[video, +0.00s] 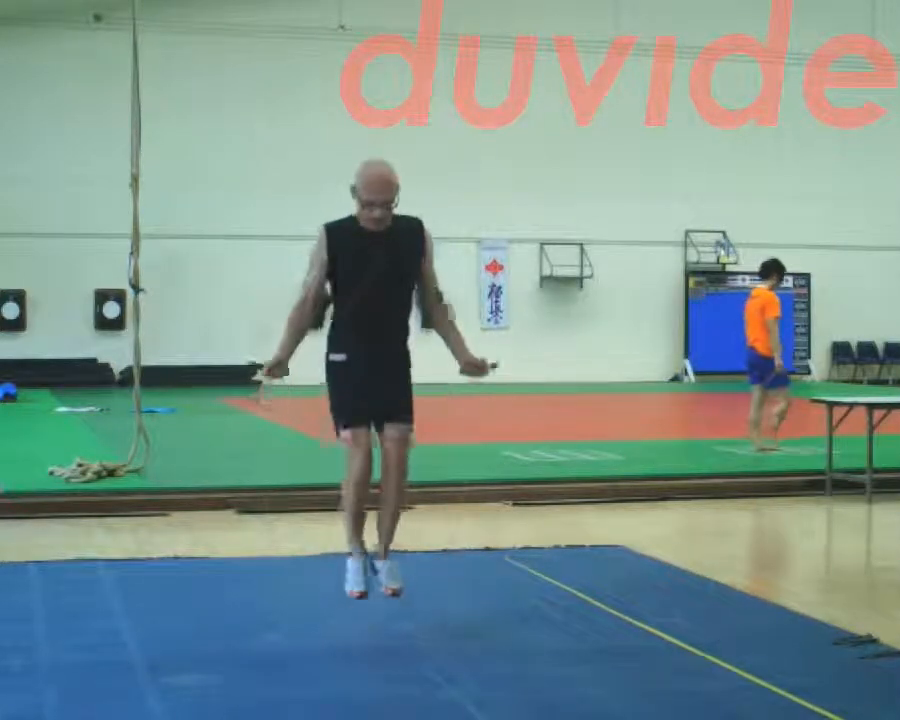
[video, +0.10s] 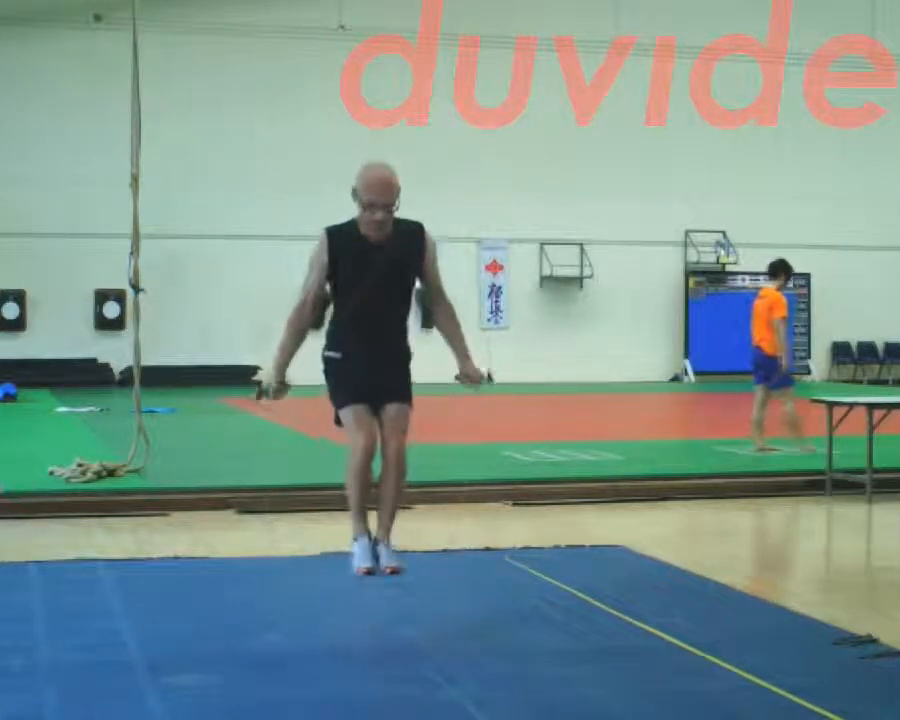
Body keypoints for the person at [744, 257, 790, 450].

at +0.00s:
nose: (780, 281)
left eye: (781, 277)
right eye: (780, 277)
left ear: (763, 275)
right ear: (775, 276)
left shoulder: (753, 295)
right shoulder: (770, 298)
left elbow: (751, 326)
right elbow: (772, 328)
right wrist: (778, 357)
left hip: (753, 351)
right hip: (766, 354)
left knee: (758, 397)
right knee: (784, 398)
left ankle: (757, 439)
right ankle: (770, 435)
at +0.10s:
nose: (788, 281)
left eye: (787, 277)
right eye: (788, 277)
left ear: (771, 275)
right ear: (784, 277)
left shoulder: (761, 295)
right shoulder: (778, 298)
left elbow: (756, 325)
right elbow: (779, 326)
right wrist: (784, 356)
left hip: (758, 351)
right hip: (772, 353)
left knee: (760, 396)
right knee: (788, 398)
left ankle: (758, 441)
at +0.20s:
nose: (796, 284)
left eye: (796, 280)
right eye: (795, 280)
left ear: (778, 277)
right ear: (790, 278)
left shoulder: (768, 297)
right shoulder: (785, 299)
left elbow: (765, 326)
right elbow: (786, 327)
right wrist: (792, 357)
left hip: (765, 351)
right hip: (780, 353)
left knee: (765, 398)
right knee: (798, 400)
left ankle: (759, 441)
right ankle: (815, 441)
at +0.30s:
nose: (803, 283)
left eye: (804, 280)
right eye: (803, 279)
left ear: (786, 277)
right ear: (797, 278)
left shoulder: (775, 296)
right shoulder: (792, 298)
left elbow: (775, 325)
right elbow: (794, 328)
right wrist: (800, 356)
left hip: (773, 352)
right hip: (788, 354)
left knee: (774, 398)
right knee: (805, 400)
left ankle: (763, 441)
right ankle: (817, 442)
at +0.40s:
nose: (811, 282)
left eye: (811, 278)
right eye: (811, 278)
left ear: (792, 277)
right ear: (805, 277)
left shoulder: (781, 299)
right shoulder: (805, 300)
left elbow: (779, 329)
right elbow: (808, 327)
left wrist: (778, 353)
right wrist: (813, 356)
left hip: (782, 351)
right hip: (799, 353)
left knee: (785, 395)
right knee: (807, 399)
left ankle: (765, 438)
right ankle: (817, 441)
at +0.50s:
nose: (816, 281)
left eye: (816, 277)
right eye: (815, 277)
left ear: (795, 276)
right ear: (811, 277)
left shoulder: (786, 299)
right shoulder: (812, 299)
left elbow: (781, 331)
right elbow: (818, 327)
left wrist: (779, 356)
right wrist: (826, 350)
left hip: (788, 350)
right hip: (806, 351)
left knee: (794, 394)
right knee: (810, 397)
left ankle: (773, 432)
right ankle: (817, 442)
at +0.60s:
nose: (821, 279)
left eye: (820, 276)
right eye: (820, 276)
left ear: (800, 275)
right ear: (817, 276)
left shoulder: (791, 298)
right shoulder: (816, 299)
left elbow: (785, 330)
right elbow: (823, 326)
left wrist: (782, 355)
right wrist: (831, 344)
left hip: (791, 349)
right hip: (809, 351)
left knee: (799, 393)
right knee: (813, 398)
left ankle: (782, 430)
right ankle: (817, 442)